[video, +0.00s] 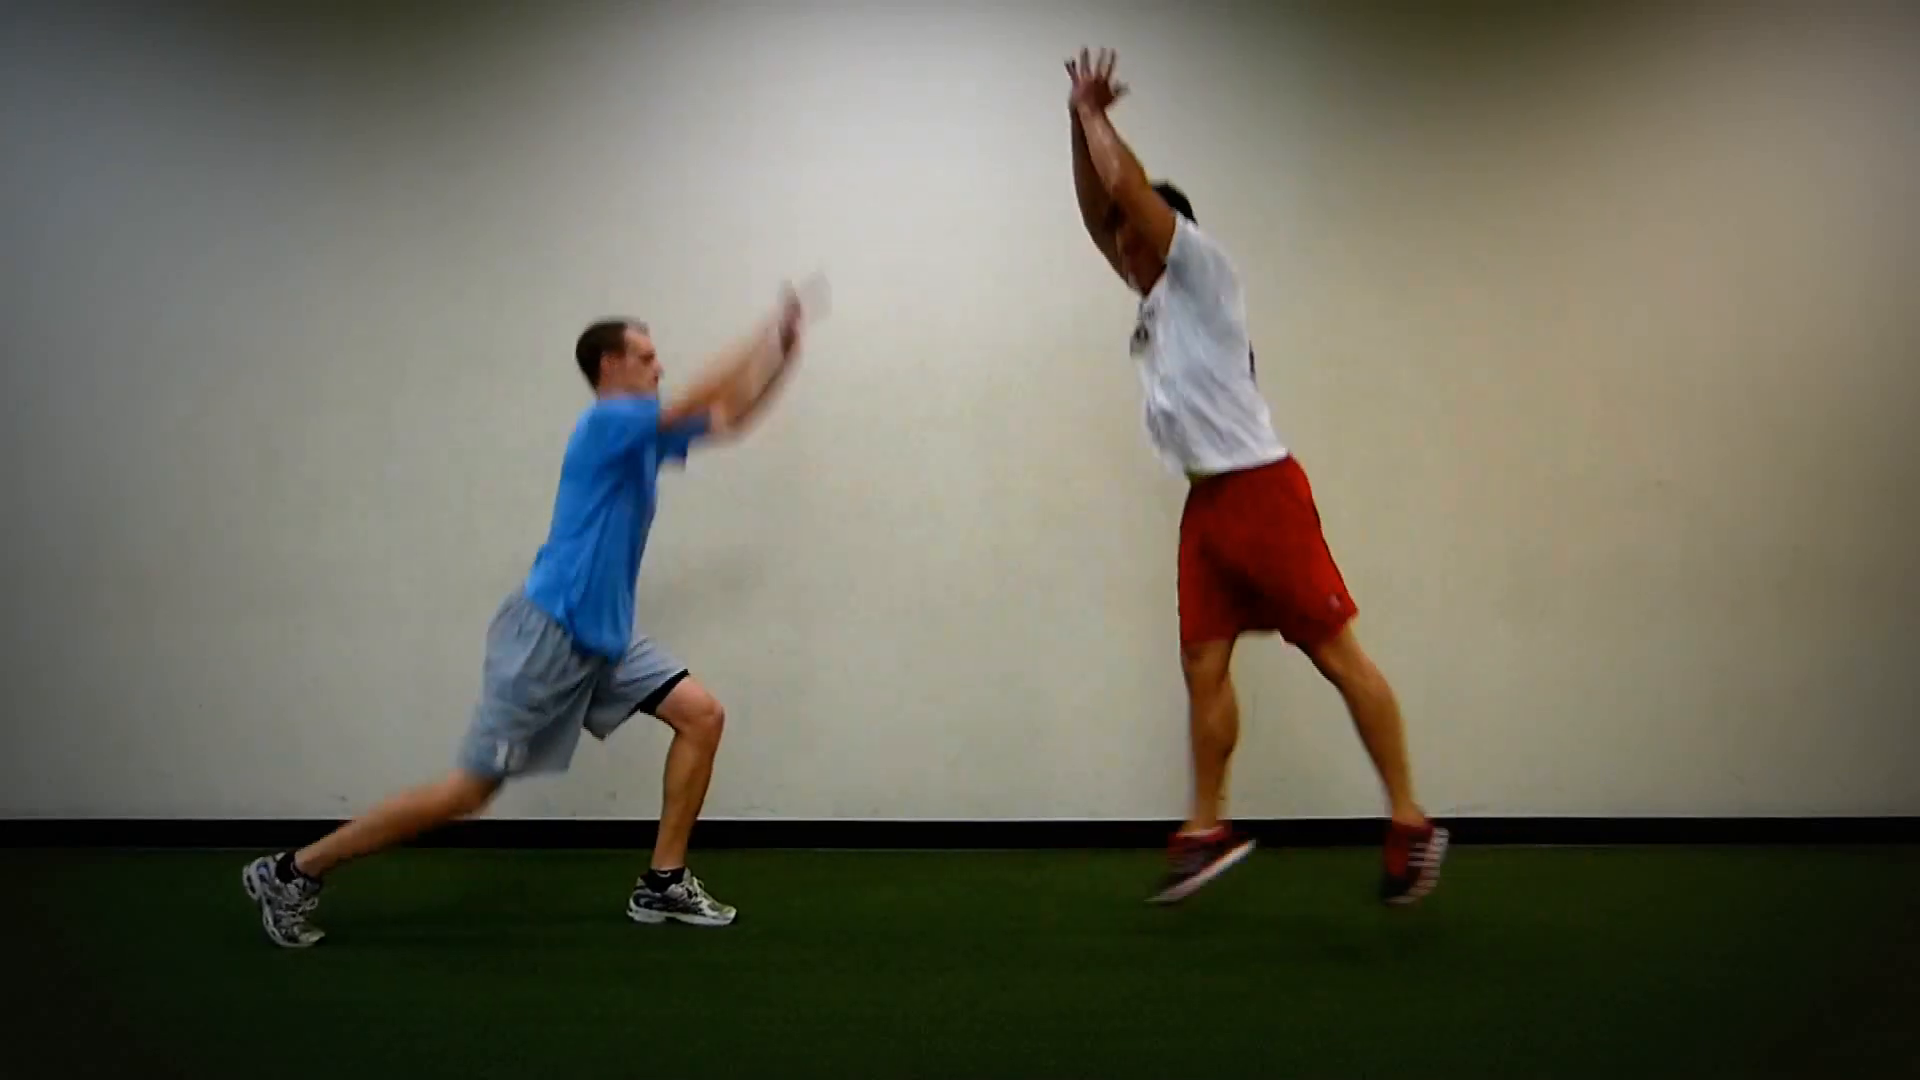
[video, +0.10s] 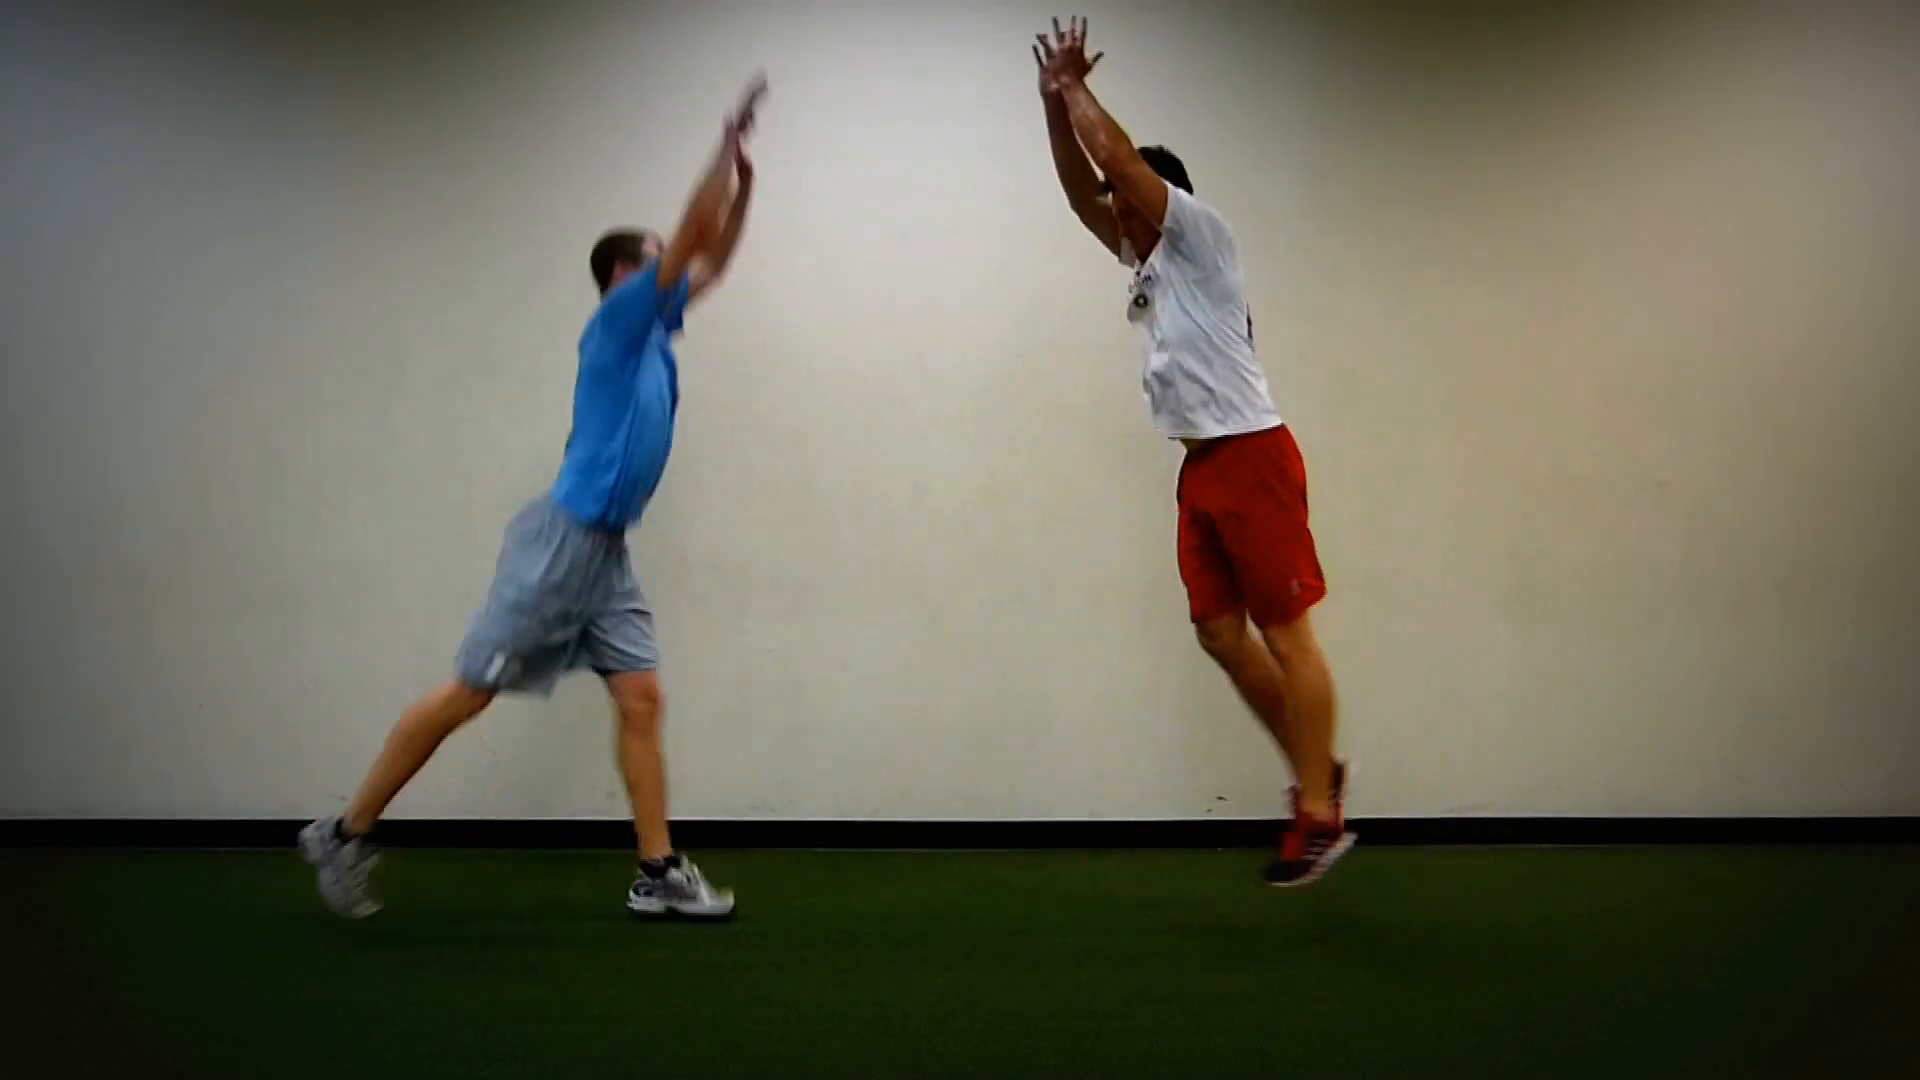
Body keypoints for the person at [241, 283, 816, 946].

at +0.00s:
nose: (660, 364)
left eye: (656, 354)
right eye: (647, 355)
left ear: (632, 366)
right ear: (612, 366)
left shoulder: (643, 430)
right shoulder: (607, 420)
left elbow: (729, 418)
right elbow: (696, 405)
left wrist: (784, 359)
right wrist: (765, 337)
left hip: (604, 637)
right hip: (550, 632)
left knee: (700, 715)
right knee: (466, 795)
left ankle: (665, 881)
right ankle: (292, 872)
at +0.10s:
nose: (669, 266)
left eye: (668, 257)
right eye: (658, 257)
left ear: (644, 275)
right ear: (627, 271)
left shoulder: (655, 333)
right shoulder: (617, 325)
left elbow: (711, 264)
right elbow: (687, 242)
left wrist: (745, 189)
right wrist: (726, 153)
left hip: (606, 555)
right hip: (557, 543)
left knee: (641, 701)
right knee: (465, 696)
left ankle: (659, 870)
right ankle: (345, 835)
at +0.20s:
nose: (679, 212)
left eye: (679, 202)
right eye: (667, 200)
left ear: (659, 211)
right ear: (639, 204)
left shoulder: (657, 265)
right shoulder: (618, 255)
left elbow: (702, 172)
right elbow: (674, 159)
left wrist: (731, 85)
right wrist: (707, 61)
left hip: (616, 487)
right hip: (576, 475)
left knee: (582, 656)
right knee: (514, 647)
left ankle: (574, 823)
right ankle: (413, 799)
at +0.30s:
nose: (681, 185)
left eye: (686, 177)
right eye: (669, 171)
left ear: (671, 191)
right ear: (637, 176)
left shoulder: (654, 233)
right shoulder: (618, 224)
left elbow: (708, 162)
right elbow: (673, 135)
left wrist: (749, 90)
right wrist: (714, 33)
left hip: (603, 461)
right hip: (583, 455)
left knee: (565, 633)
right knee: (579, 637)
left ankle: (469, 770)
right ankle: (496, 796)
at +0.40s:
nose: (680, 210)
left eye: (681, 198)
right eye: (667, 196)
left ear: (665, 211)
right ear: (632, 200)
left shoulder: (660, 255)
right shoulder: (615, 246)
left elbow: (725, 215)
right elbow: (669, 170)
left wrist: (781, 164)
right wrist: (732, 77)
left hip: (590, 471)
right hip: (585, 470)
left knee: (535, 633)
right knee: (630, 644)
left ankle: (408, 747)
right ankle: (601, 822)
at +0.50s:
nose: (679, 252)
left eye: (682, 243)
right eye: (669, 241)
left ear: (644, 247)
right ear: (631, 247)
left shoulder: (659, 316)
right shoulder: (613, 307)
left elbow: (720, 327)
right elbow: (646, 283)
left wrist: (797, 317)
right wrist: (715, 233)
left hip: (583, 516)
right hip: (587, 518)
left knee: (509, 673)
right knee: (674, 678)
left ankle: (377, 782)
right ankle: (683, 859)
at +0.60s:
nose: (686, 348)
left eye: (685, 336)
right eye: (676, 335)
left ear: (648, 339)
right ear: (638, 337)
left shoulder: (658, 408)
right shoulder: (625, 394)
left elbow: (685, 482)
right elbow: (614, 464)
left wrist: (741, 508)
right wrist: (652, 494)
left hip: (582, 602)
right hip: (591, 605)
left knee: (503, 752)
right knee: (723, 723)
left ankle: (353, 845)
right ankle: (694, 896)